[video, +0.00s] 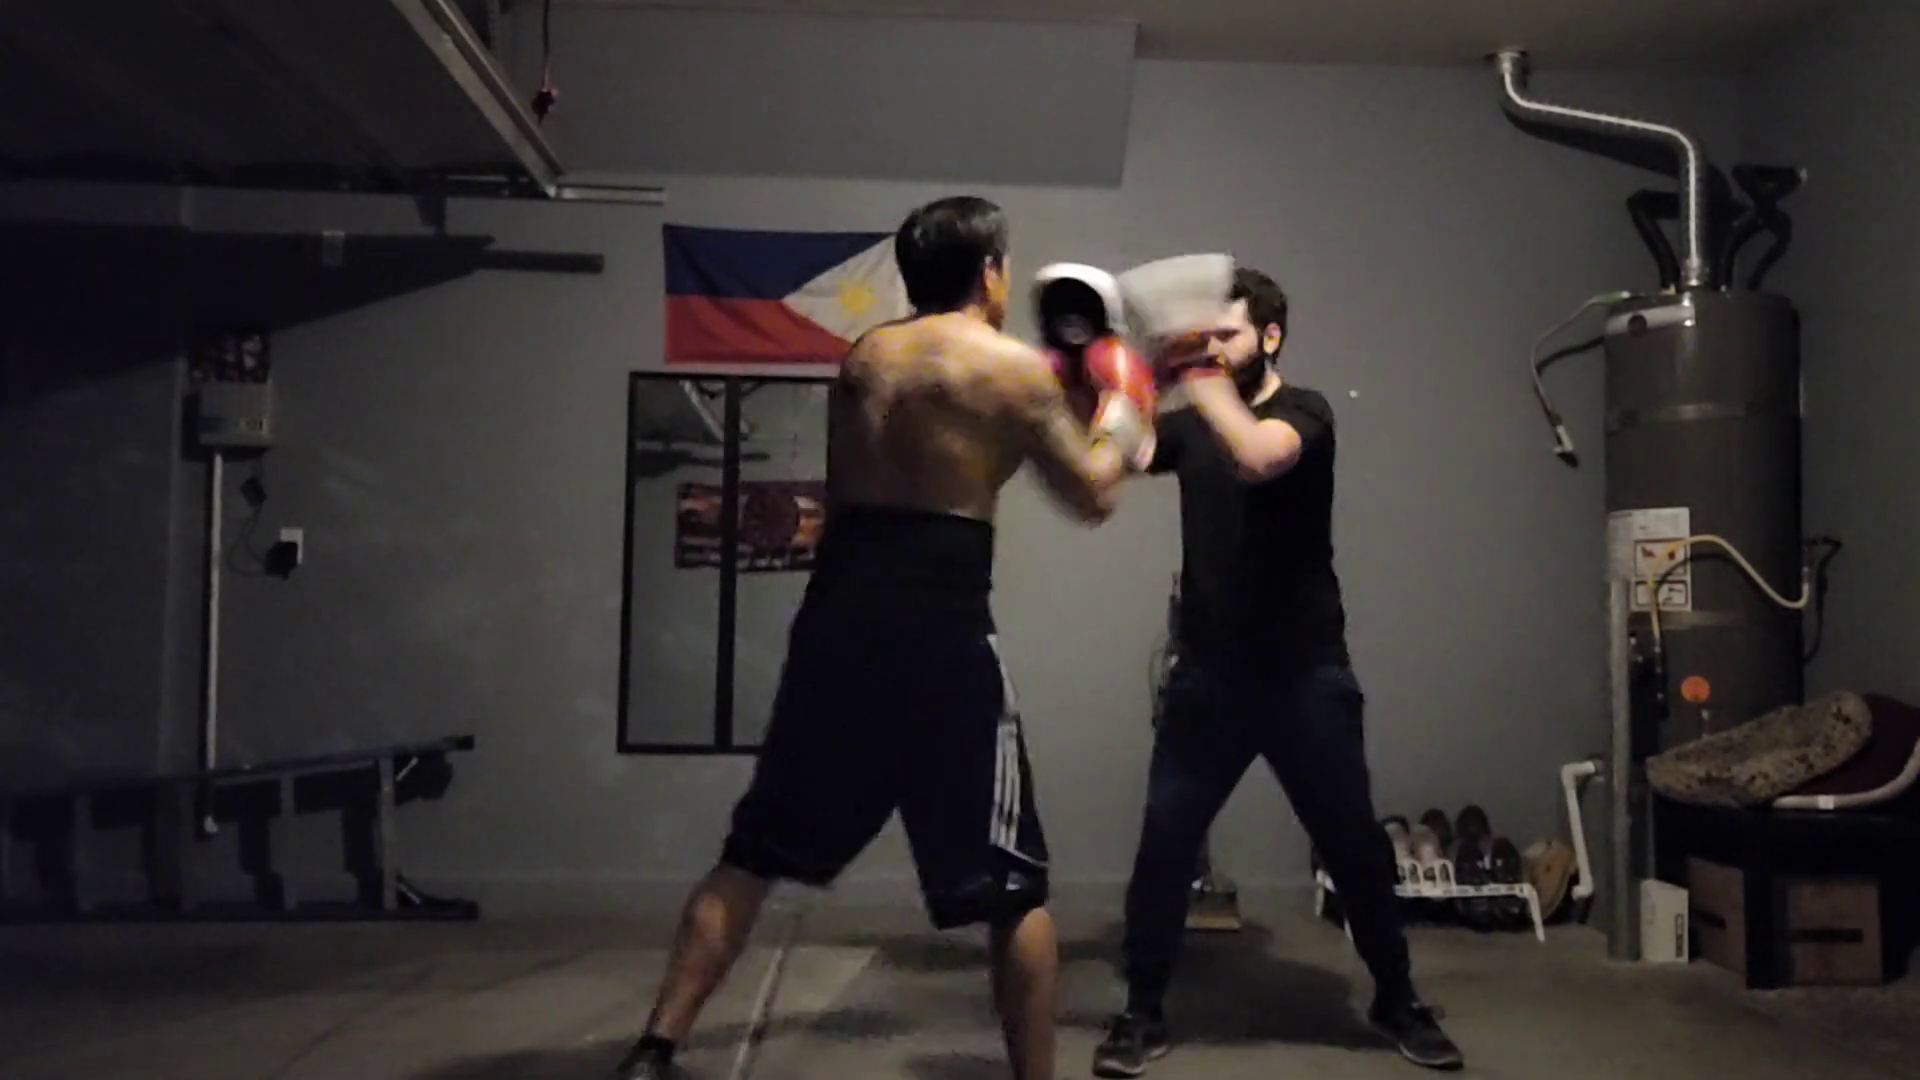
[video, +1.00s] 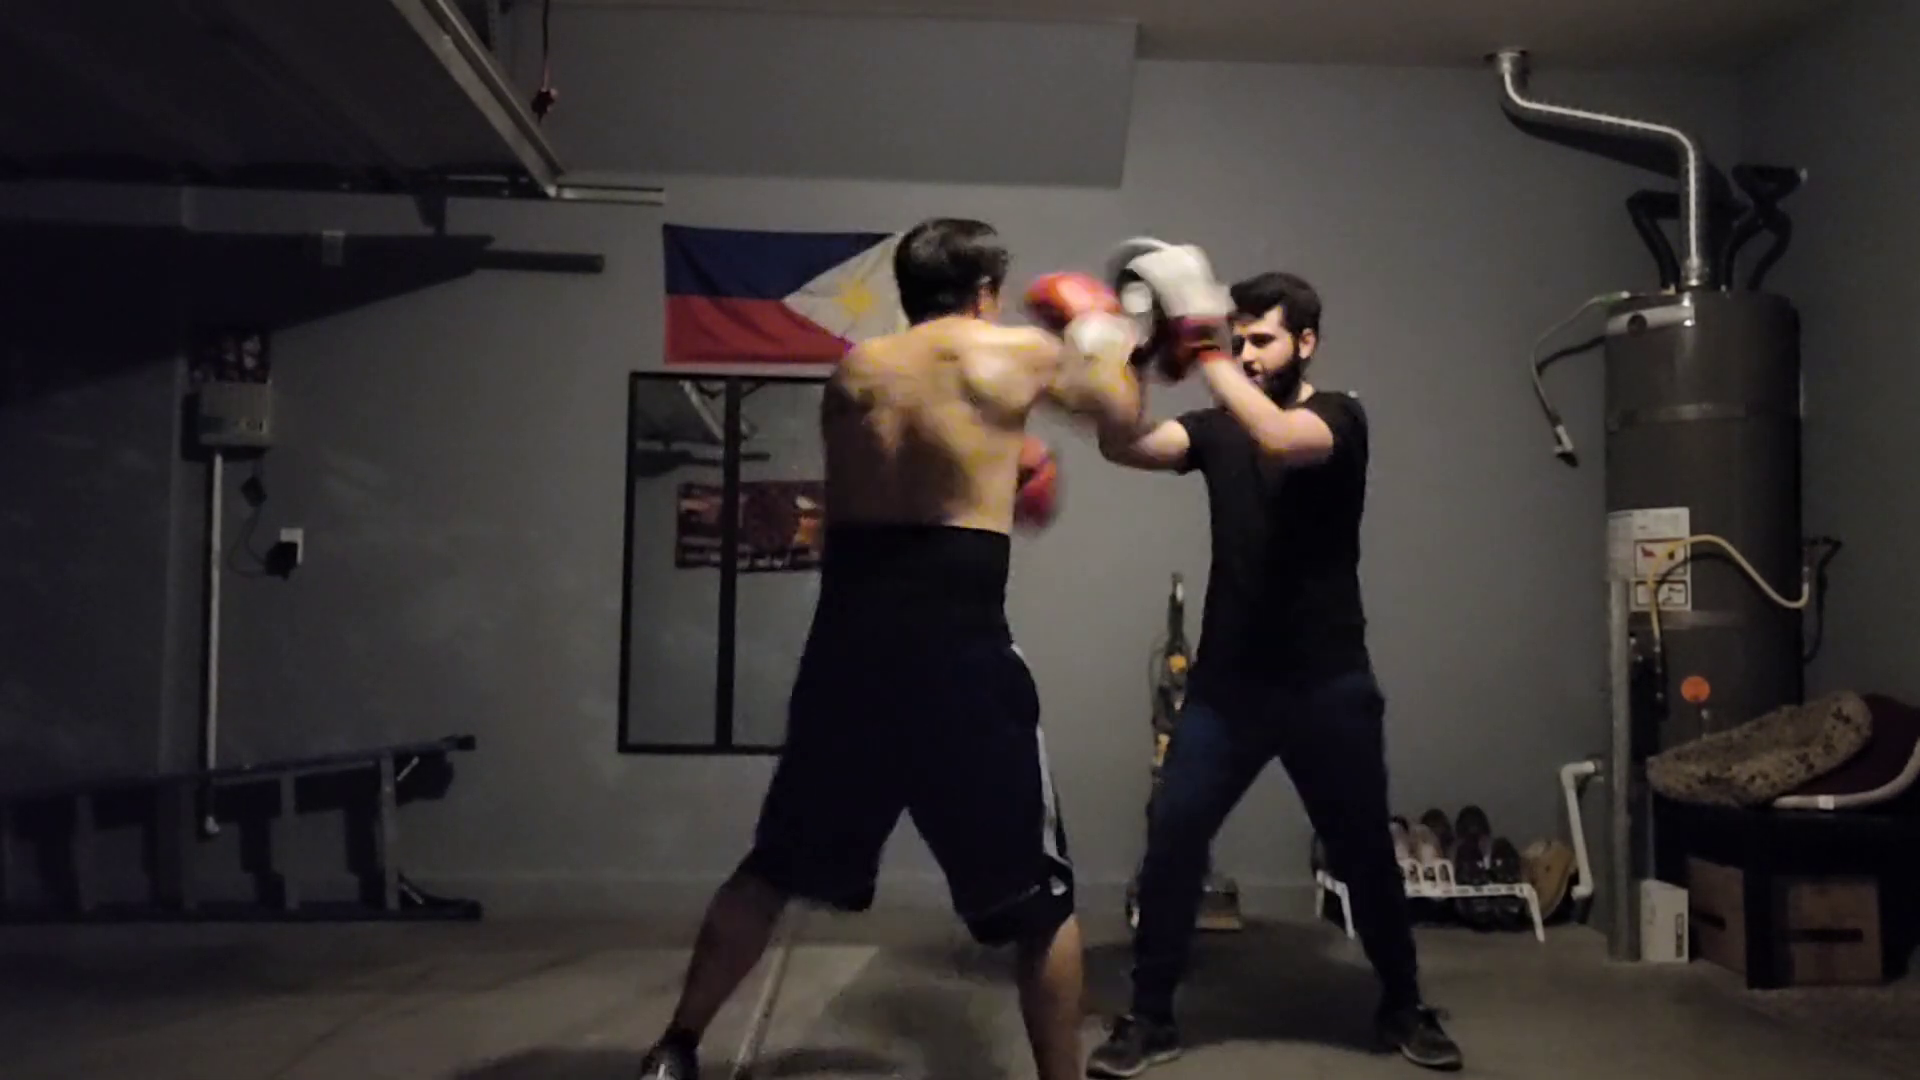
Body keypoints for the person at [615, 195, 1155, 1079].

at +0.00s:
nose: (1008, 278)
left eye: (1003, 262)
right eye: (1005, 265)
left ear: (915, 275)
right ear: (990, 275)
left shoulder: (863, 355)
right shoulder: (1015, 370)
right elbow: (1095, 490)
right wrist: (1129, 403)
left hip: (836, 632)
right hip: (942, 639)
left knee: (754, 852)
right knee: (1014, 885)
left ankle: (656, 1046)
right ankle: (1036, 1070)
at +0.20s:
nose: (952, 290)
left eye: (946, 274)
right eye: (946, 276)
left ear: (860, 288)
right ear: (927, 289)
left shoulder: (811, 379)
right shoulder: (929, 378)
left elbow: (873, 490)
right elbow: (974, 529)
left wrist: (977, 416)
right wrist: (1038, 482)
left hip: (786, 653)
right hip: (887, 656)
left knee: (716, 877)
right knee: (979, 886)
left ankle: (639, 1067)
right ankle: (1021, 1070)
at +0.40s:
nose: (890, 299)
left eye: (885, 282)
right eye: (885, 284)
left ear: (794, 291)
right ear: (861, 292)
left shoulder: (738, 387)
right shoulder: (883, 377)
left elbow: (760, 539)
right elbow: (926, 520)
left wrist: (892, 553)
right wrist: (970, 475)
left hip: (748, 666)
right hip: (861, 664)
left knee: (690, 890)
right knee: (965, 869)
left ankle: (628, 1071)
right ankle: (1010, 1066)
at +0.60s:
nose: (901, 304)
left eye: (896, 290)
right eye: (896, 292)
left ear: (801, 300)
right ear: (875, 301)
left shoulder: (744, 390)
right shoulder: (922, 372)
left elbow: (730, 525)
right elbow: (1055, 445)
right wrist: (1014, 379)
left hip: (770, 677)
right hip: (894, 674)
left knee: (690, 892)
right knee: (981, 879)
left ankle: (632, 1071)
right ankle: (1041, 1070)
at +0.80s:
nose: (970, 298)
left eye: (966, 286)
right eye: (968, 286)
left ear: (872, 290)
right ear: (953, 293)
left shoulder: (821, 364)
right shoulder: (986, 366)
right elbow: (1059, 478)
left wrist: (975, 362)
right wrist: (1060, 382)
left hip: (823, 625)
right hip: (933, 631)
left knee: (757, 864)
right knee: (1013, 879)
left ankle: (675, 1064)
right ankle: (1052, 1070)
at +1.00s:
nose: (1003, 300)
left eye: (998, 289)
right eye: (1001, 289)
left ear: (910, 290)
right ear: (985, 293)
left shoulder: (852, 370)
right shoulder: (1020, 352)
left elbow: (872, 496)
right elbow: (1124, 408)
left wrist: (1005, 482)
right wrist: (1102, 337)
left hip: (848, 651)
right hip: (958, 653)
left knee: (775, 861)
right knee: (1041, 890)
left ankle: (676, 1047)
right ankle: (1063, 1070)